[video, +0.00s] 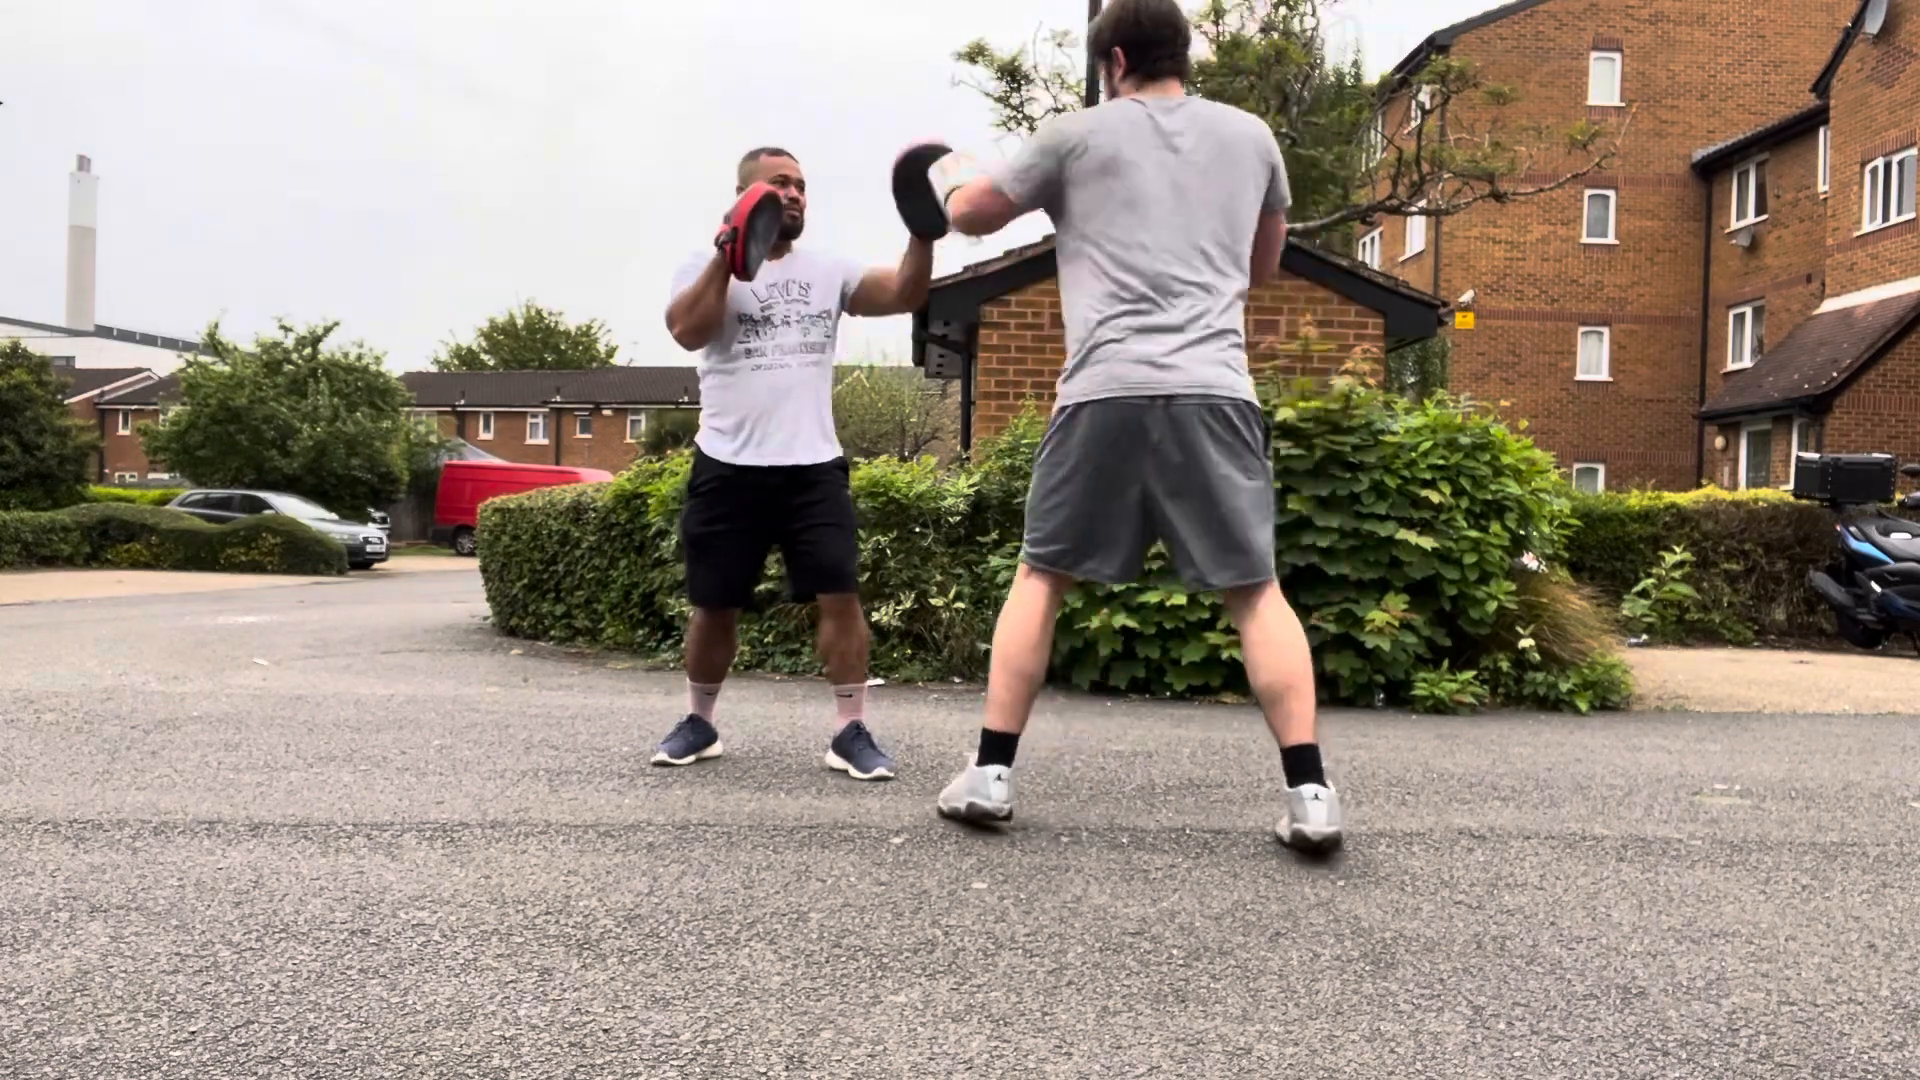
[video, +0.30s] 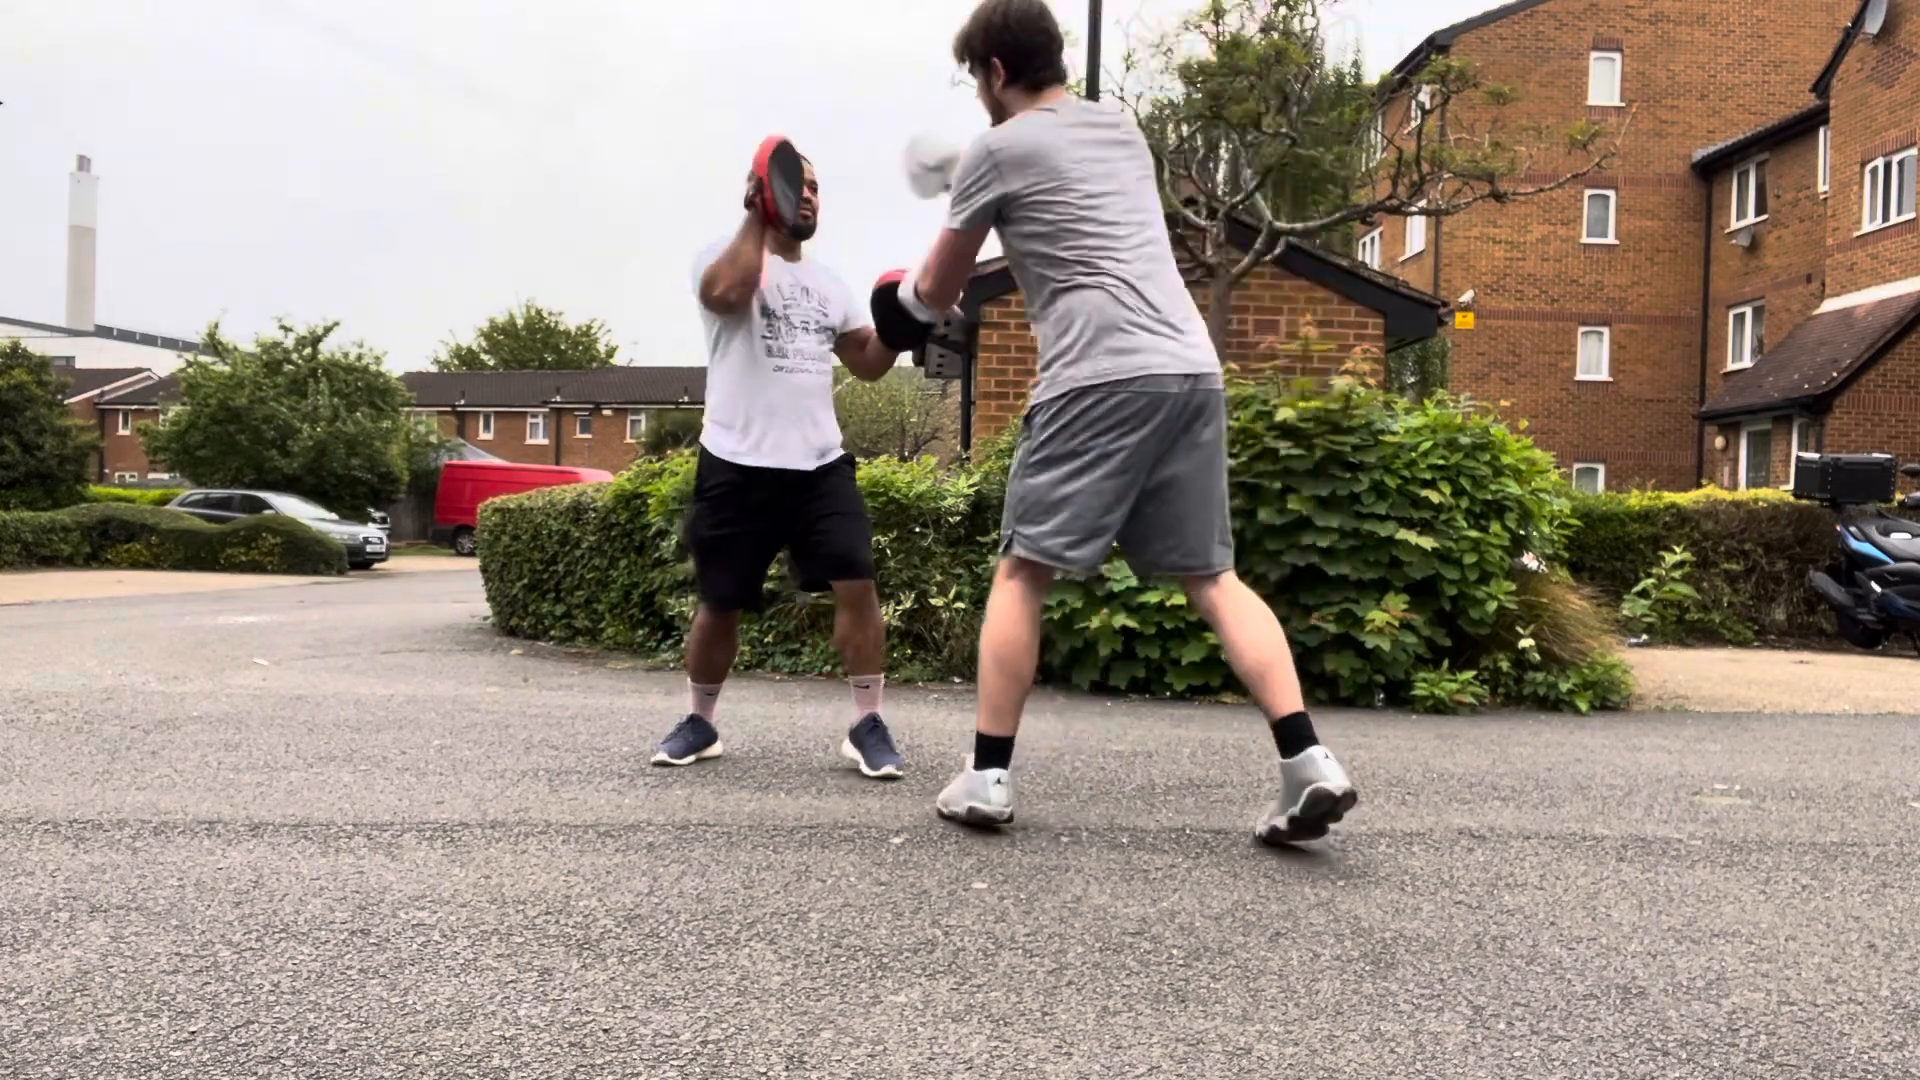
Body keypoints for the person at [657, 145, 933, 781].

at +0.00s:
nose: (792, 193)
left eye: (799, 185)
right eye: (777, 183)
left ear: (807, 200)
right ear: (743, 197)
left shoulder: (827, 268)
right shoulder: (705, 266)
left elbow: (905, 292)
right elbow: (688, 333)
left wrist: (923, 225)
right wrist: (727, 257)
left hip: (813, 464)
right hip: (727, 465)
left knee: (839, 590)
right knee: (712, 601)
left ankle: (851, 728)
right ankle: (699, 721)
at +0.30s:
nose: (810, 196)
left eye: (815, 188)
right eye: (797, 185)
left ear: (821, 204)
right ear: (765, 197)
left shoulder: (829, 282)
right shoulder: (726, 260)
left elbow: (869, 365)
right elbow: (730, 294)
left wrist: (905, 317)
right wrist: (757, 214)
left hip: (819, 462)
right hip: (736, 461)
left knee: (857, 579)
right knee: (719, 601)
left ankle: (868, 720)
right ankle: (699, 720)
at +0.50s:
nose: (828, 194)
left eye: (834, 187)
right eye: (813, 184)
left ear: (843, 201)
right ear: (778, 198)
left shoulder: (858, 278)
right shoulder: (743, 261)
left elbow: (907, 358)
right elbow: (719, 314)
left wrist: (926, 297)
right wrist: (780, 254)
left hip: (838, 464)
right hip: (753, 461)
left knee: (871, 592)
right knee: (727, 603)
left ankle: (890, 729)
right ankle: (700, 721)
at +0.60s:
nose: (849, 191)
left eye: (856, 184)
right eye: (834, 180)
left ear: (864, 202)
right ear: (799, 195)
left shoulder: (891, 265)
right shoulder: (764, 270)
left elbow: (981, 274)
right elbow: (731, 351)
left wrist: (1006, 211)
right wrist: (795, 301)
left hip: (856, 466)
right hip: (768, 464)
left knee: (881, 591)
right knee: (734, 600)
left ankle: (892, 730)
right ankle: (700, 719)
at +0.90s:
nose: (892, 189)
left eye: (899, 181)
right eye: (877, 178)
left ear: (906, 196)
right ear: (841, 187)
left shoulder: (926, 268)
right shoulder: (806, 259)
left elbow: (993, 325)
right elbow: (749, 324)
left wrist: (1017, 275)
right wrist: (791, 256)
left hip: (883, 462)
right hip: (796, 455)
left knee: (896, 595)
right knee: (751, 589)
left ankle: (893, 730)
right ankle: (702, 710)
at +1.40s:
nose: (842, 203)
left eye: (852, 196)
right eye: (829, 191)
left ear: (861, 210)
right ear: (797, 200)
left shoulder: (885, 284)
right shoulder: (755, 277)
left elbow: (940, 347)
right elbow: (716, 367)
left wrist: (995, 348)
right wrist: (753, 310)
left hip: (851, 468)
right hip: (768, 466)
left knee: (874, 592)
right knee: (750, 599)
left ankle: (891, 730)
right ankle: (736, 719)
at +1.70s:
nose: (806, 205)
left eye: (814, 197)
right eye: (792, 195)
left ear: (824, 208)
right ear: (759, 205)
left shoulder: (853, 270)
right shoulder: (735, 275)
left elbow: (923, 321)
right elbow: (693, 360)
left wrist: (938, 287)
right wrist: (731, 297)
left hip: (834, 461)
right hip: (751, 465)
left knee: (862, 591)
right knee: (744, 599)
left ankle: (891, 729)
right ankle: (735, 720)